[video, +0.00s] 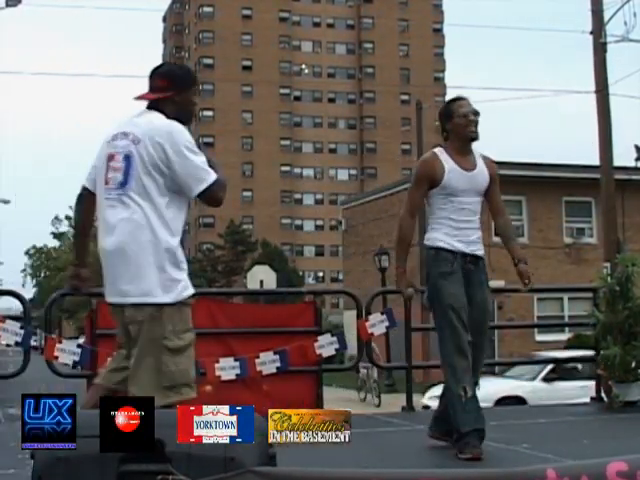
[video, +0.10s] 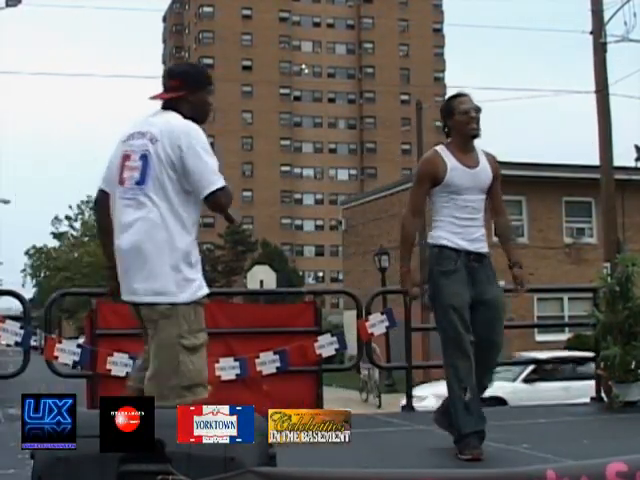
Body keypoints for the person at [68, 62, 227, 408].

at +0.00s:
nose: (196, 104)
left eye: (196, 96)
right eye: (192, 96)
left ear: (155, 97)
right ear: (174, 97)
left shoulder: (117, 134)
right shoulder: (170, 133)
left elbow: (86, 199)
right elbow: (215, 194)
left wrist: (79, 264)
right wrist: (201, 159)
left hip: (120, 280)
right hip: (159, 281)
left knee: (130, 357)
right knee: (171, 383)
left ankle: (86, 415)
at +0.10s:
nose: (211, 104)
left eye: (211, 96)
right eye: (207, 95)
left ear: (170, 97)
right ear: (187, 97)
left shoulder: (132, 134)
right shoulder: (185, 132)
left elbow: (103, 203)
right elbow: (219, 199)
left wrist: (114, 269)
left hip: (135, 279)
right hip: (172, 280)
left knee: (157, 364)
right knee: (180, 385)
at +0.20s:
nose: (225, 104)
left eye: (225, 96)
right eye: (220, 97)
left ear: (185, 97)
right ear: (201, 98)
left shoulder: (146, 135)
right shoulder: (199, 133)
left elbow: (120, 204)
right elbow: (218, 202)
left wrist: (139, 253)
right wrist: (241, 216)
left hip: (151, 278)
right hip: (185, 280)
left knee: (179, 377)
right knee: (190, 383)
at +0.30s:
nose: (243, 108)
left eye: (242, 100)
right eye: (238, 100)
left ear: (204, 100)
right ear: (216, 100)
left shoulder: (167, 135)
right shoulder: (211, 135)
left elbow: (139, 205)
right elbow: (217, 201)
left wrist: (163, 246)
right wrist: (250, 218)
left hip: (166, 277)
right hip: (196, 280)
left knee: (185, 374)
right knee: (201, 381)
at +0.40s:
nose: (260, 111)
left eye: (259, 103)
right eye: (254, 103)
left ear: (222, 103)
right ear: (229, 103)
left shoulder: (190, 137)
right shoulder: (223, 137)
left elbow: (161, 208)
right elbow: (221, 200)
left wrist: (179, 258)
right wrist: (261, 220)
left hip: (189, 282)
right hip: (208, 284)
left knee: (231, 385)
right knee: (203, 387)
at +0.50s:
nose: (275, 113)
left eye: (275, 105)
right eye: (269, 105)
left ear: (241, 107)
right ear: (245, 106)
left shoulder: (219, 140)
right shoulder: (233, 138)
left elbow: (209, 209)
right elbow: (227, 197)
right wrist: (273, 222)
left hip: (228, 284)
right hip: (221, 286)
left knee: (253, 378)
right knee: (211, 385)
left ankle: (267, 448)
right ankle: (191, 462)